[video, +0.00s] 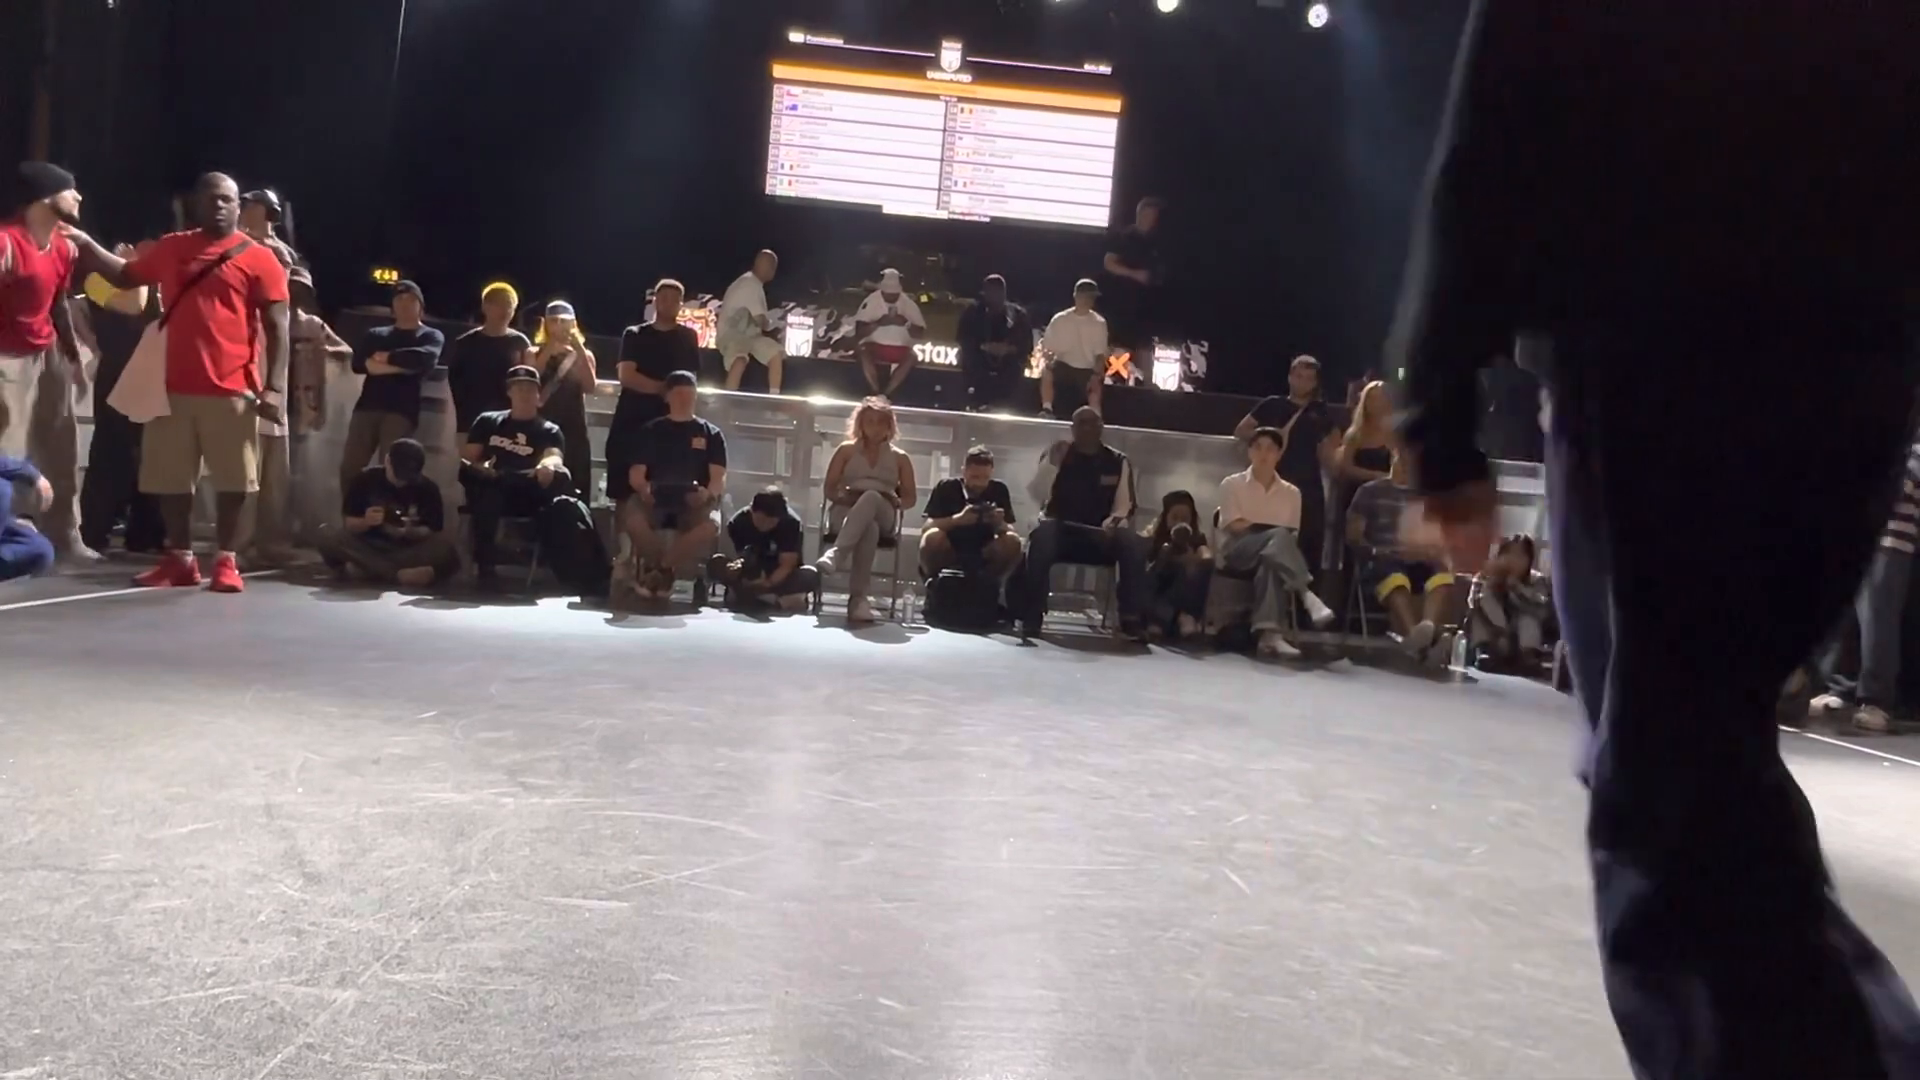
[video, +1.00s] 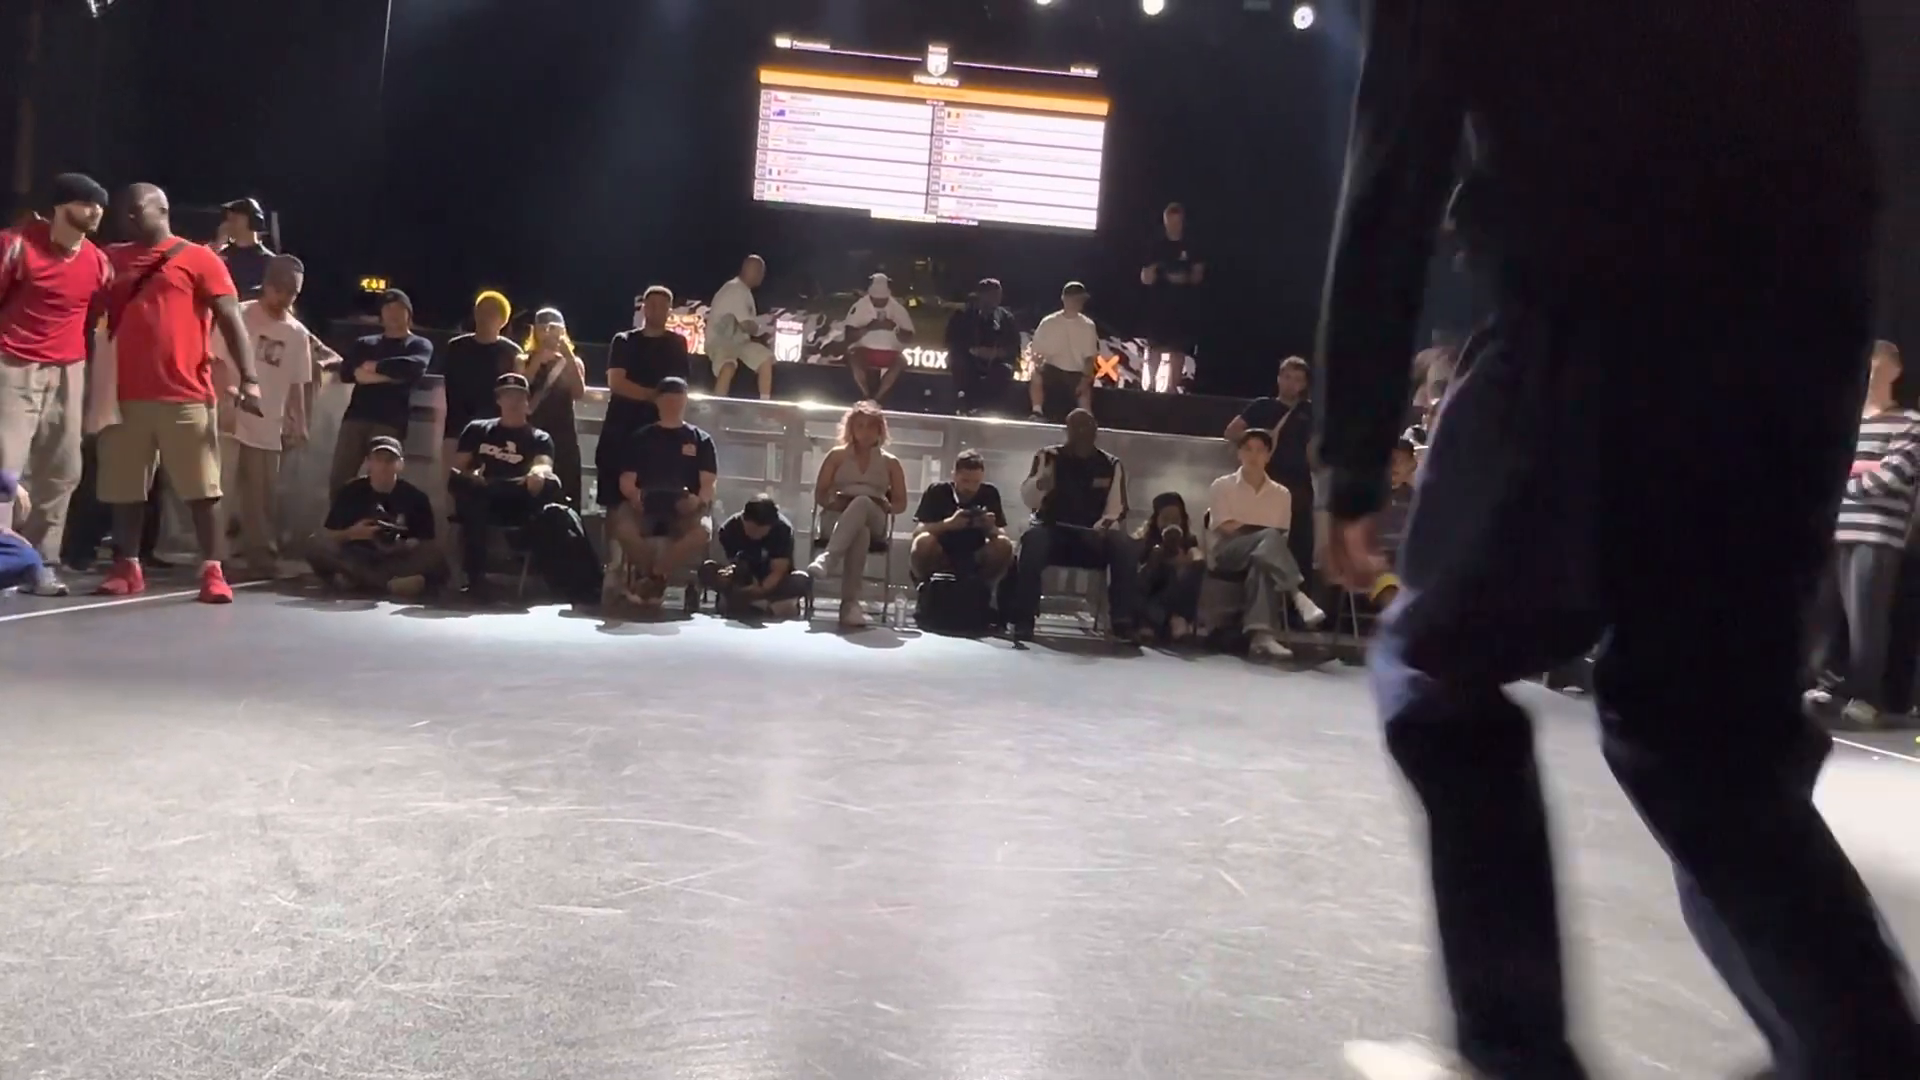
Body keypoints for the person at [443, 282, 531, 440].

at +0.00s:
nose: (505, 312)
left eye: (509, 306)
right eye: (499, 305)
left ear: (514, 310)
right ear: (485, 307)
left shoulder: (520, 343)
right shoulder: (463, 343)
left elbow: (526, 380)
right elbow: (454, 379)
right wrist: (464, 413)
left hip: (508, 421)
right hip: (470, 420)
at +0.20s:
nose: (502, 309)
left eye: (506, 303)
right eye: (496, 302)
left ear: (511, 307)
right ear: (482, 305)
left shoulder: (519, 341)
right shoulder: (462, 341)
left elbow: (525, 380)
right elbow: (454, 380)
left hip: (507, 420)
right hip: (468, 419)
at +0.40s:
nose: (495, 311)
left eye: (500, 306)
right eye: (490, 305)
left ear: (510, 312)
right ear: (482, 309)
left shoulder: (520, 345)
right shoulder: (462, 343)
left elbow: (526, 385)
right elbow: (455, 381)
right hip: (468, 421)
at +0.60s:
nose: (491, 313)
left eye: (497, 308)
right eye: (487, 307)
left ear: (508, 315)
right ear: (480, 311)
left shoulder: (519, 348)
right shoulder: (461, 344)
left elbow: (523, 388)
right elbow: (455, 384)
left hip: (504, 425)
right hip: (466, 422)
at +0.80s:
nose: (489, 317)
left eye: (495, 312)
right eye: (486, 311)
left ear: (506, 318)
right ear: (479, 313)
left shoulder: (515, 350)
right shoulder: (458, 345)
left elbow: (519, 389)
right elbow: (450, 384)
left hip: (500, 426)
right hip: (462, 422)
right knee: (459, 485)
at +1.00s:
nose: (484, 319)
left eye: (491, 314)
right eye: (481, 313)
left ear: (503, 320)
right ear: (475, 315)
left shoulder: (511, 352)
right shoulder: (455, 346)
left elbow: (514, 391)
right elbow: (445, 383)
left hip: (494, 426)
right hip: (457, 423)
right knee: (452, 487)